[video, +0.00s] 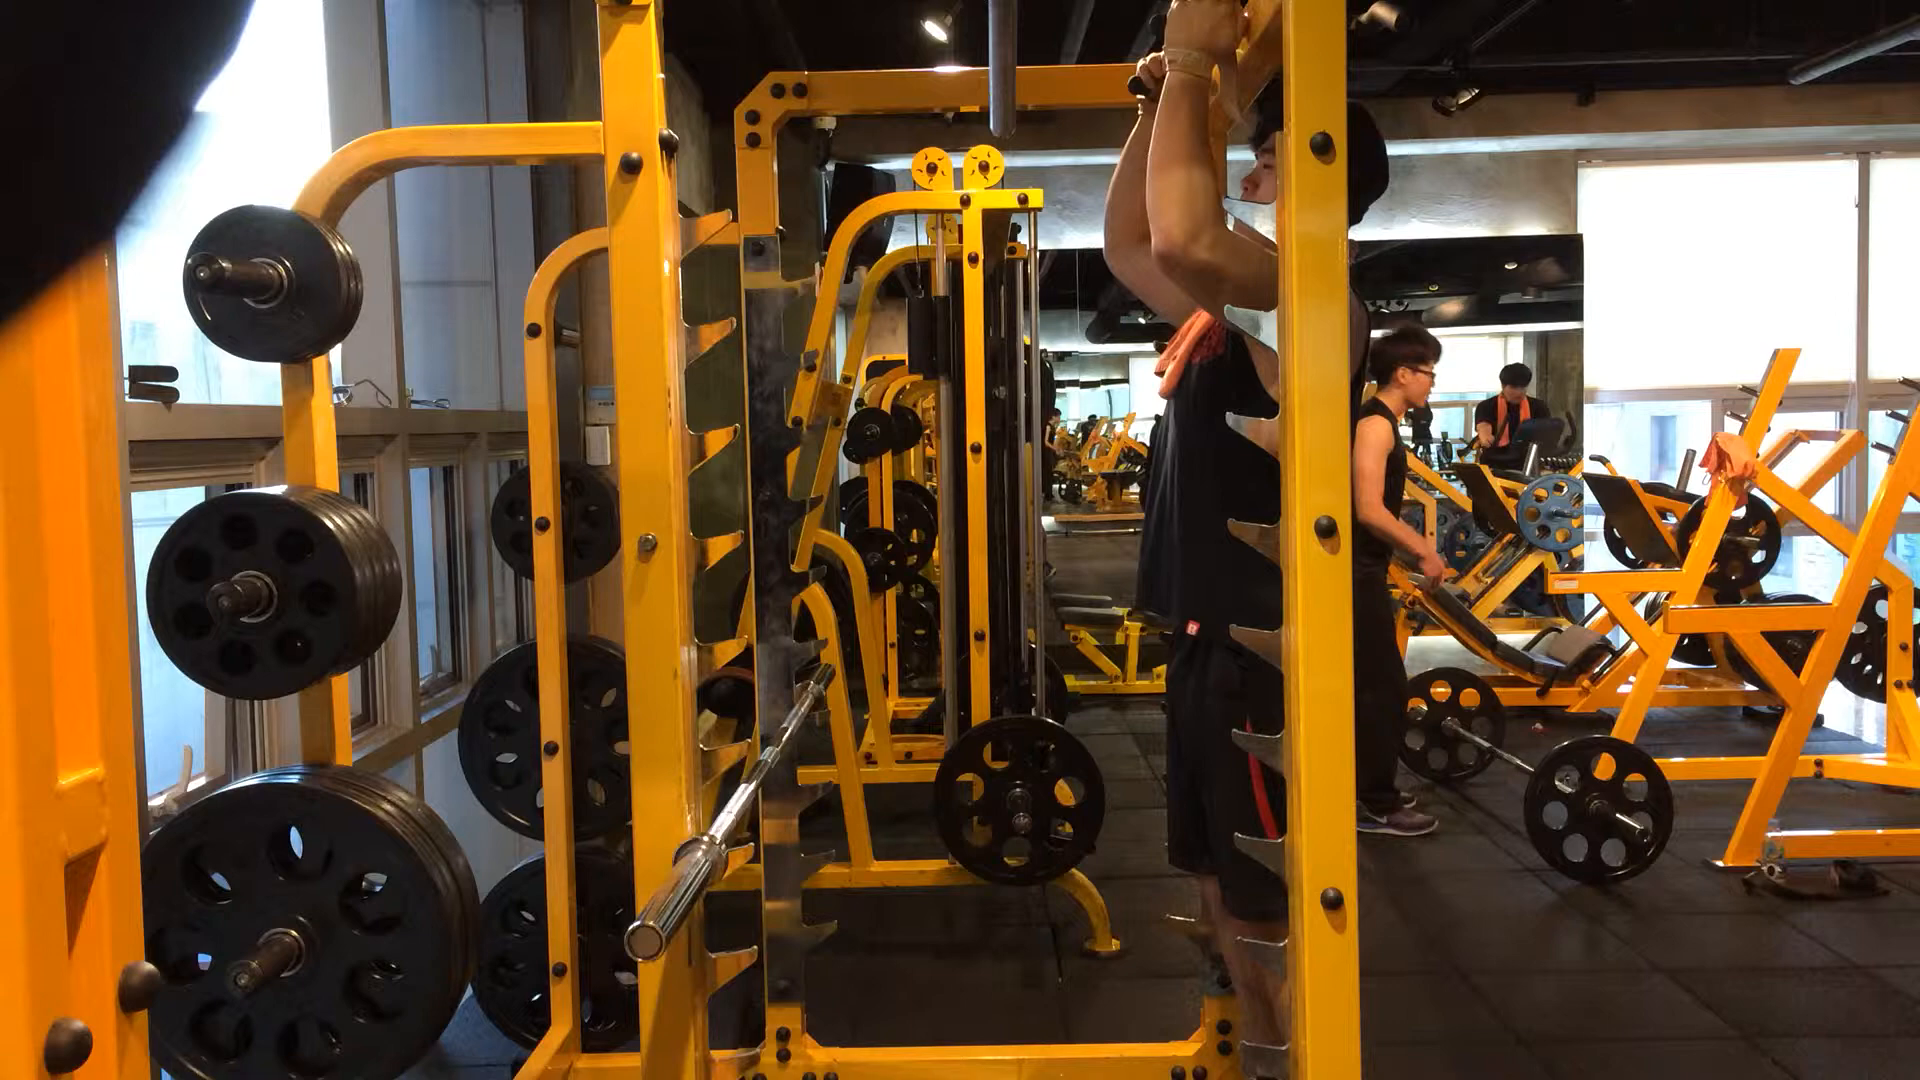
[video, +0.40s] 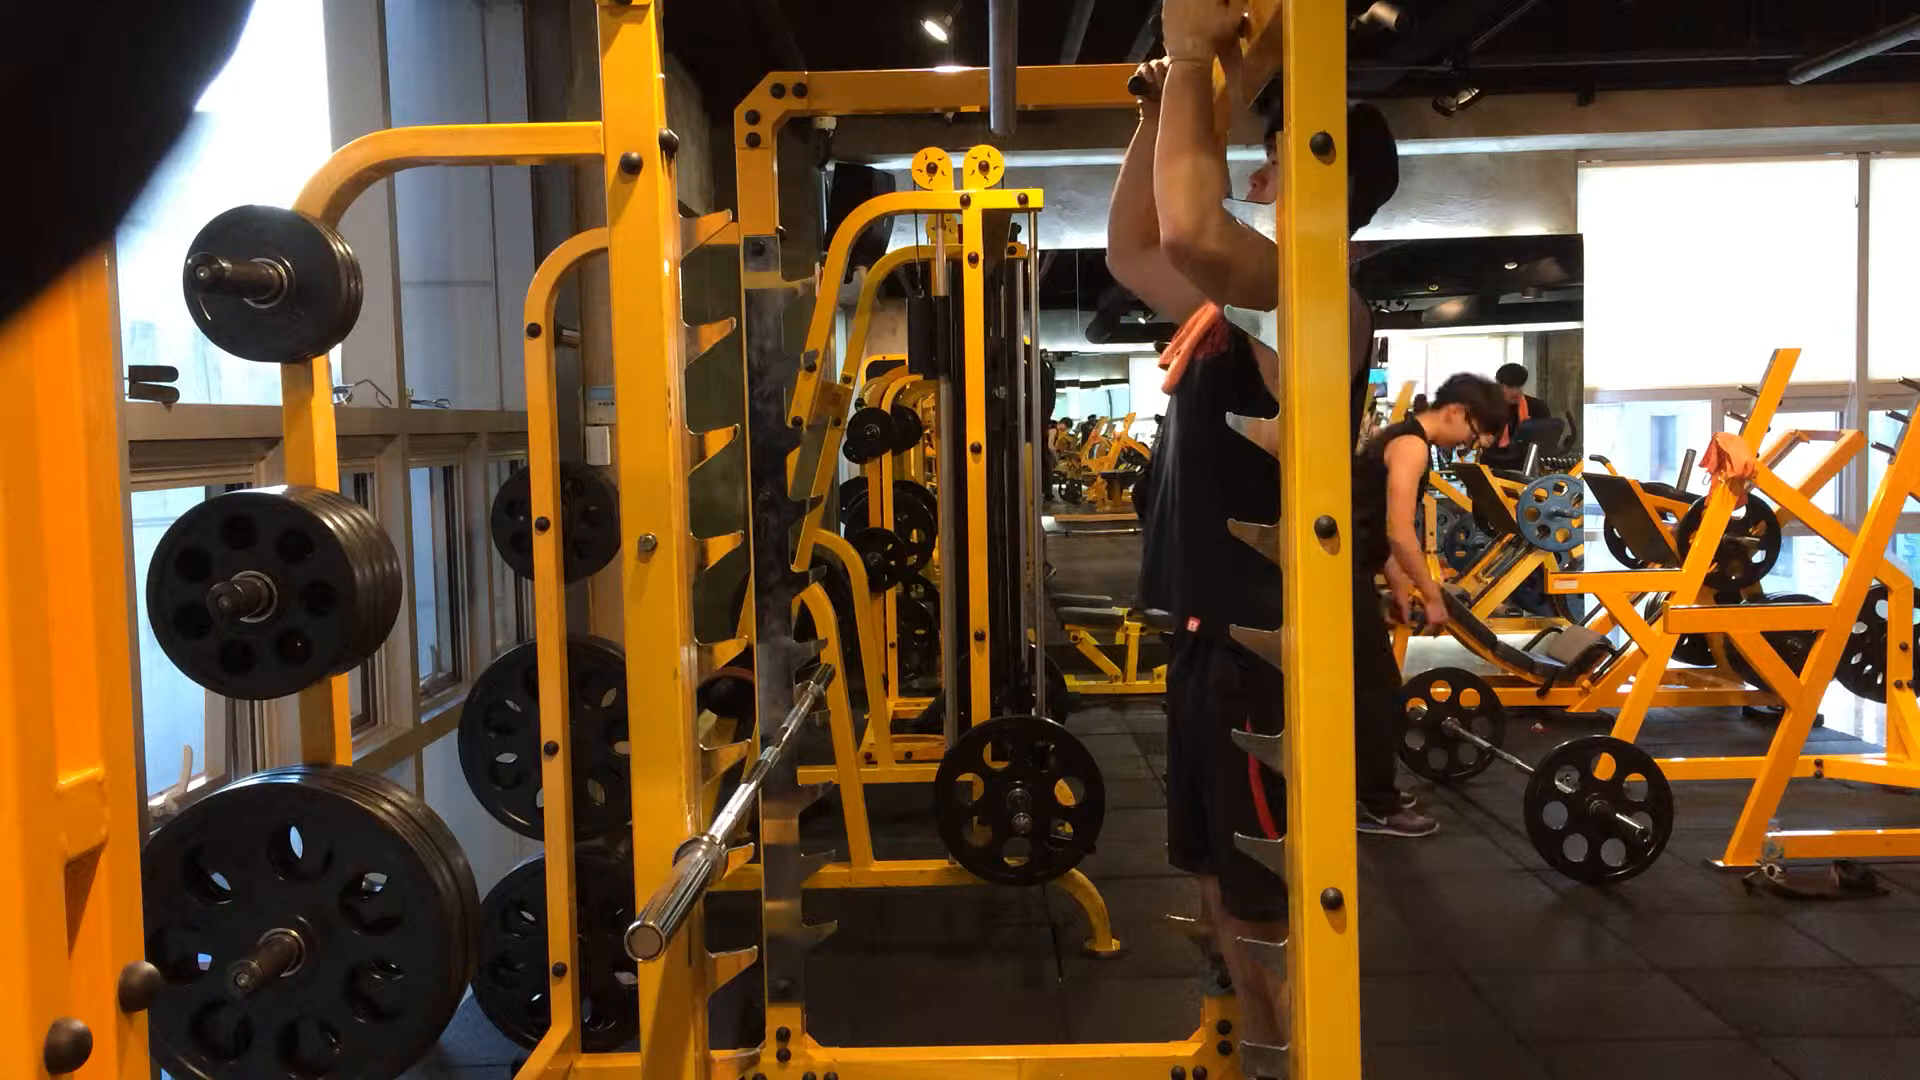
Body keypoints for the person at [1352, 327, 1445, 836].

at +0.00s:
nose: (1432, 383)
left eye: (1432, 374)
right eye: (1427, 373)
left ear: (1400, 374)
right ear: (1401, 373)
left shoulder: (1383, 423)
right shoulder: (1375, 426)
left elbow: (1378, 511)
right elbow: (1369, 510)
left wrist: (1421, 550)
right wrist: (1425, 549)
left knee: (1379, 680)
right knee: (1384, 683)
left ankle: (1376, 788)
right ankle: (1376, 801)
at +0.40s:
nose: (1468, 444)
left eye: (1474, 438)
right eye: (1472, 434)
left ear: (1450, 412)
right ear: (1454, 411)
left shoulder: (1404, 438)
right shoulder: (1411, 446)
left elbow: (1380, 526)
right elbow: (1400, 532)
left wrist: (1398, 587)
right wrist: (1432, 595)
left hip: (1351, 576)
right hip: (1349, 580)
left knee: (1374, 684)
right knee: (1379, 686)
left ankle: (1374, 792)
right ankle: (1377, 801)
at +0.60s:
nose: (1478, 473)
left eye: (1486, 468)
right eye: (1486, 464)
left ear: (1475, 441)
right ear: (1478, 442)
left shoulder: (1416, 457)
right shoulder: (1426, 464)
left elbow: (1389, 544)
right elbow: (1410, 549)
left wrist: (1397, 606)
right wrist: (1436, 618)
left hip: (1350, 581)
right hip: (1344, 583)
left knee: (1378, 686)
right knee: (1384, 690)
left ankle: (1375, 790)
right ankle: (1377, 802)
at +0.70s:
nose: (1485, 487)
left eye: (1493, 483)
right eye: (1493, 479)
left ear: (1483, 455)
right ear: (1485, 457)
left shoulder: (1425, 464)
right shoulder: (1433, 473)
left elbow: (1395, 554)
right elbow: (1415, 557)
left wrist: (1401, 615)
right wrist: (1436, 626)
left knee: (1379, 686)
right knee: (1383, 688)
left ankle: (1373, 794)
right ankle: (1378, 801)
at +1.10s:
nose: (1501, 534)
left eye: (1510, 531)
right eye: (1510, 526)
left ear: (1501, 497)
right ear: (1504, 500)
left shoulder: (1443, 497)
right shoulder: (1453, 512)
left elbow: (1399, 579)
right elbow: (1429, 597)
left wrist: (1408, 645)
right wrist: (1443, 669)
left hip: (1342, 581)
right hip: (1339, 585)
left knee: (1387, 679)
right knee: (1387, 682)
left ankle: (1376, 789)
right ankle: (1378, 803)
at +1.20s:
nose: (1501, 534)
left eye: (1510, 533)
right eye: (1511, 528)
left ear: (1506, 501)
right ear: (1508, 504)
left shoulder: (1443, 499)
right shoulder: (1455, 515)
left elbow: (1401, 582)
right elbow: (1431, 598)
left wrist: (1410, 649)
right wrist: (1446, 672)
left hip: (1342, 581)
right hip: (1341, 587)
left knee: (1386, 678)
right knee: (1388, 680)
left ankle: (1375, 789)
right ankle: (1379, 801)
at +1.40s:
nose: (1504, 530)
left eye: (1513, 527)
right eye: (1513, 522)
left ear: (1506, 493)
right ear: (1509, 496)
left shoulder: (1447, 494)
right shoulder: (1456, 506)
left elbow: (1393, 576)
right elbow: (1426, 585)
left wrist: (1416, 634)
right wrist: (1452, 656)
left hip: (1348, 582)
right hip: (1344, 586)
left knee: (1385, 683)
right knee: (1388, 686)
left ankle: (1375, 790)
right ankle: (1377, 803)